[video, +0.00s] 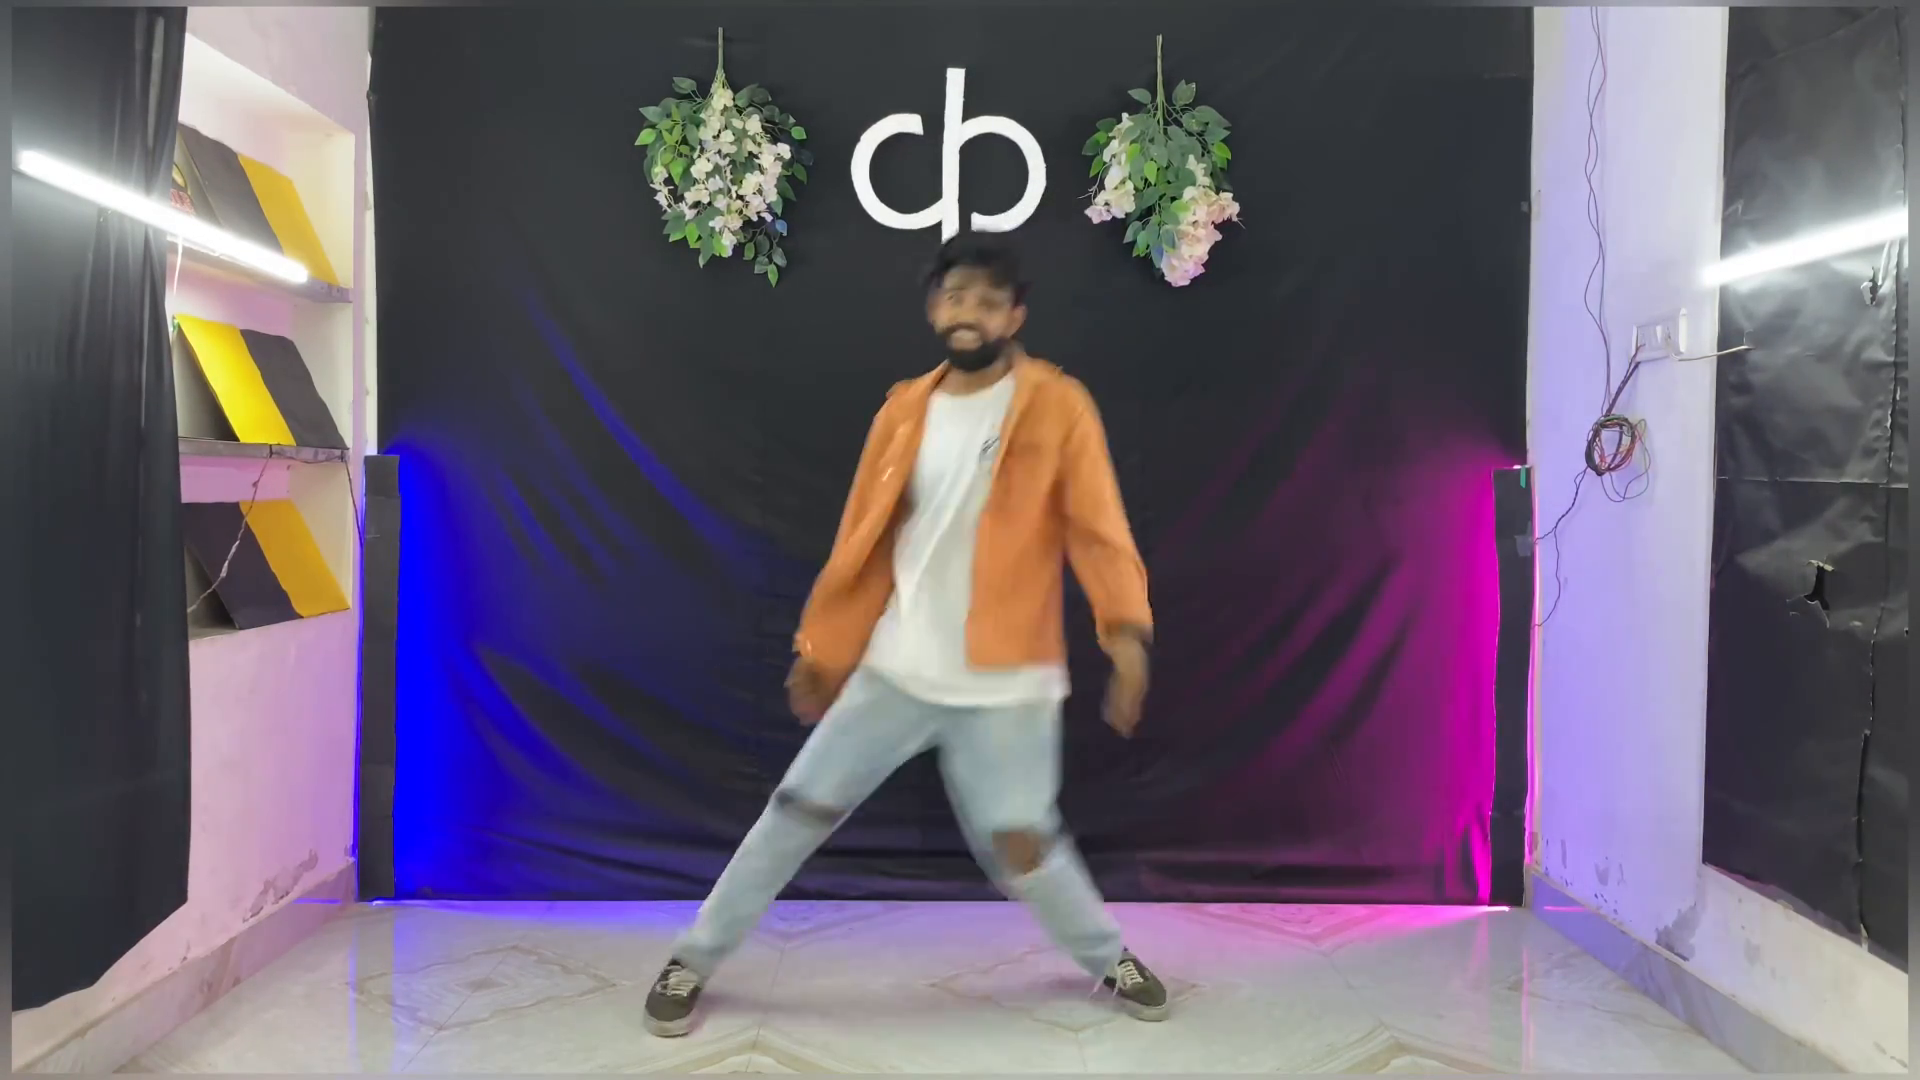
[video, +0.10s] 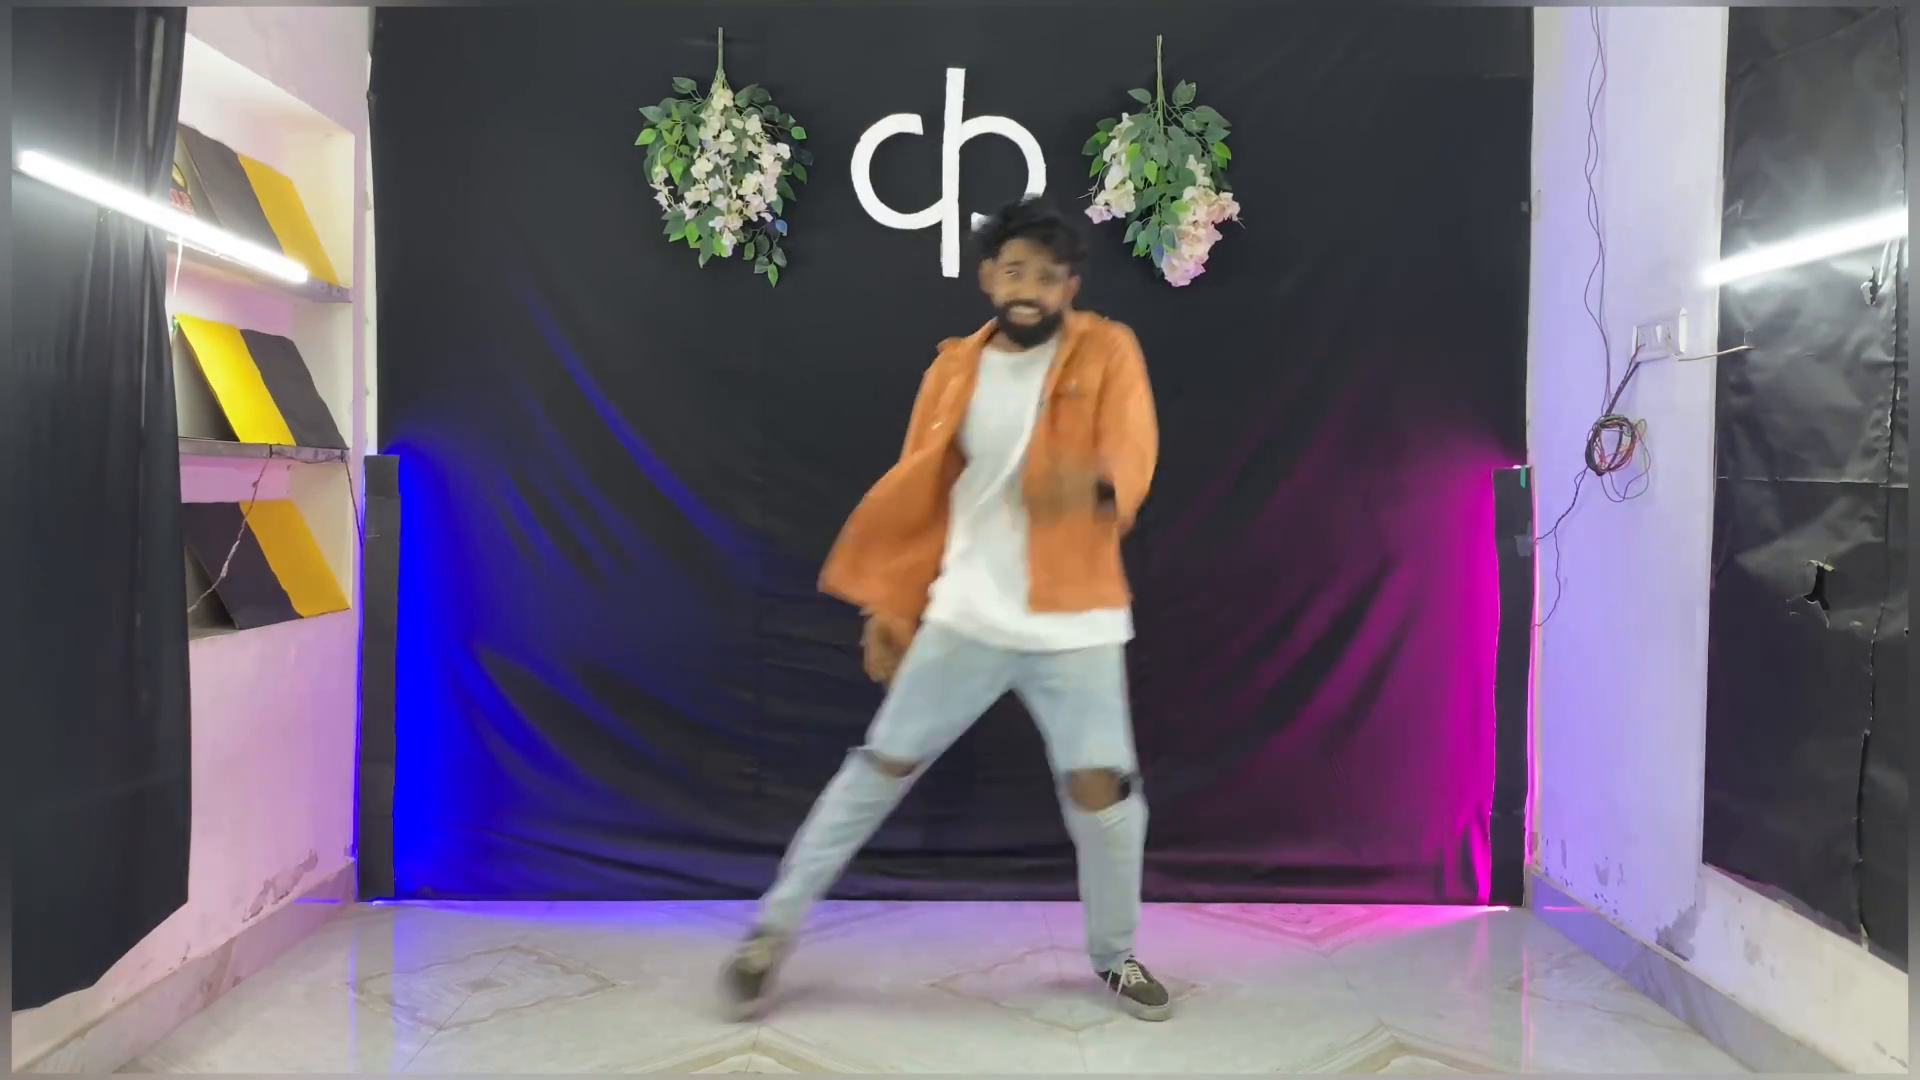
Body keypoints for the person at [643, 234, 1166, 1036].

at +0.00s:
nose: (964, 312)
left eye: (983, 299)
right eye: (951, 297)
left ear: (1016, 312)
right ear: (932, 308)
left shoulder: (1057, 405)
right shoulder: (907, 405)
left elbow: (1099, 527)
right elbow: (863, 535)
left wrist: (1127, 642)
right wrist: (821, 650)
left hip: (1006, 675)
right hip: (898, 665)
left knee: (1020, 843)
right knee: (800, 807)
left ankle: (1113, 961)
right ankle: (692, 959)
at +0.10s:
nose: (1025, 288)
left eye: (1044, 273)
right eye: (1010, 271)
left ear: (1073, 280)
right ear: (986, 276)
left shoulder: (1107, 352)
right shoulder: (957, 365)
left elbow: (1131, 447)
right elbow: (917, 492)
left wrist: (1095, 482)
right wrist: (891, 604)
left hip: (1077, 621)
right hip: (965, 613)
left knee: (1102, 792)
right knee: (880, 768)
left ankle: (1116, 956)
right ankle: (771, 933)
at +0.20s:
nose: (1078, 276)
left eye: (1094, 262)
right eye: (1065, 259)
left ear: (1116, 271)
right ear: (1034, 260)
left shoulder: (1140, 331)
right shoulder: (992, 354)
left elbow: (1176, 369)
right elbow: (960, 481)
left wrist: (1119, 297)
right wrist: (943, 590)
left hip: (1125, 600)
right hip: (1020, 597)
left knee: (1139, 774)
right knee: (970, 750)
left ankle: (1123, 950)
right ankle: (925, 882)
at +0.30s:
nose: (1123, 274)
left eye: (1139, 262)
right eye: (1110, 257)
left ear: (1161, 274)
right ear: (1083, 262)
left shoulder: (1171, 341)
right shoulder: (1030, 351)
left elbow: (1216, 270)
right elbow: (1008, 481)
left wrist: (1152, 221)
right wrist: (1007, 599)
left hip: (1167, 593)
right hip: (1065, 599)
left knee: (1169, 772)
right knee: (1048, 762)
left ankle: (1131, 943)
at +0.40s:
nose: (1170, 283)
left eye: (1186, 271)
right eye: (1155, 263)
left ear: (1202, 280)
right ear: (1123, 263)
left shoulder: (1208, 343)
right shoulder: (1067, 367)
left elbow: (1258, 229)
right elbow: (1046, 498)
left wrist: (1182, 179)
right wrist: (1058, 618)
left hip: (1202, 595)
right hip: (1107, 610)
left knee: (1192, 767)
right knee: (1130, 789)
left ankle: (1134, 943)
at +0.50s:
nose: (1188, 316)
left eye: (1205, 302)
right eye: (1174, 296)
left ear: (1227, 313)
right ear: (1148, 301)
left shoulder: (1239, 376)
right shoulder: (1097, 406)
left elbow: (1291, 260)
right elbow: (1081, 535)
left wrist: (1220, 217)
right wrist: (1102, 648)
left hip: (1230, 610)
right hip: (1143, 624)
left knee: (1208, 776)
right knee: (1214, 789)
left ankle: (1132, 942)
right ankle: (1331, 899)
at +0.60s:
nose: (1172, 334)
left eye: (1192, 320)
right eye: (1162, 317)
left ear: (1232, 331)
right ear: (1150, 324)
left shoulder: (1250, 393)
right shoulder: (1110, 432)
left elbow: (1328, 318)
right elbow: (1098, 558)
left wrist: (1256, 314)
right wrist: (1115, 669)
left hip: (1240, 636)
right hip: (1152, 648)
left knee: (1215, 789)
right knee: (1231, 810)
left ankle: (1131, 944)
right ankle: (1342, 902)